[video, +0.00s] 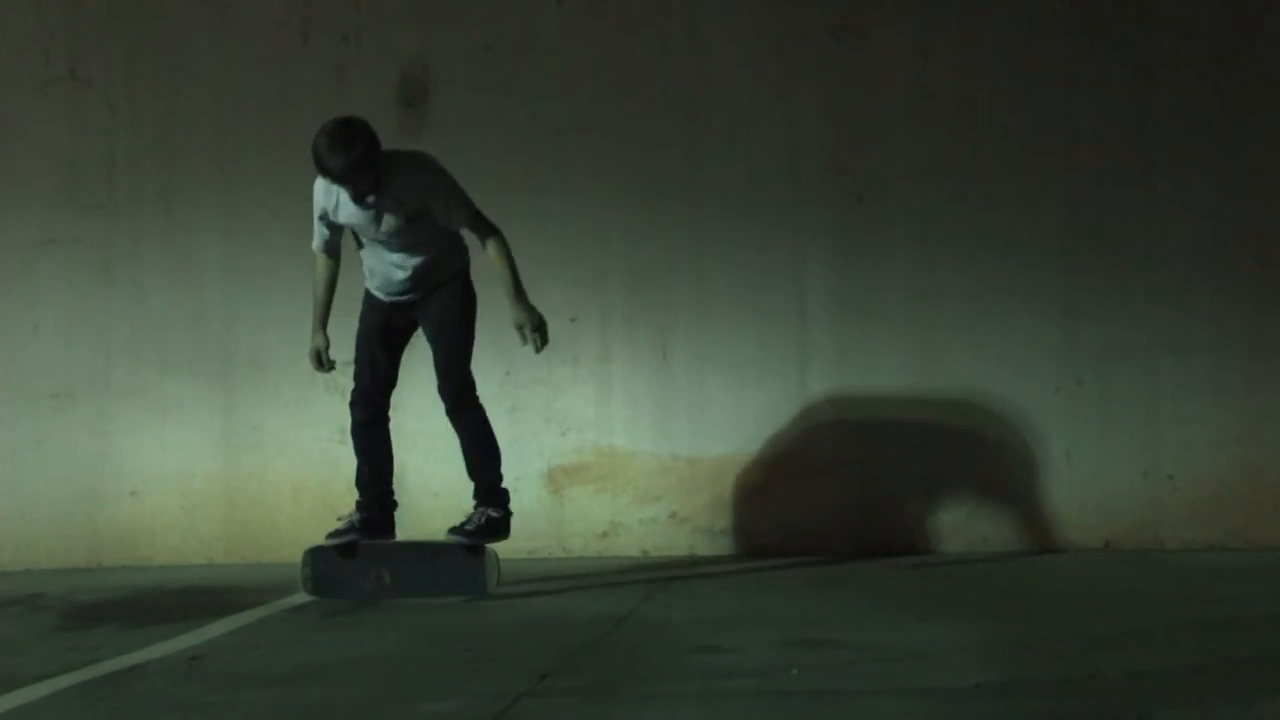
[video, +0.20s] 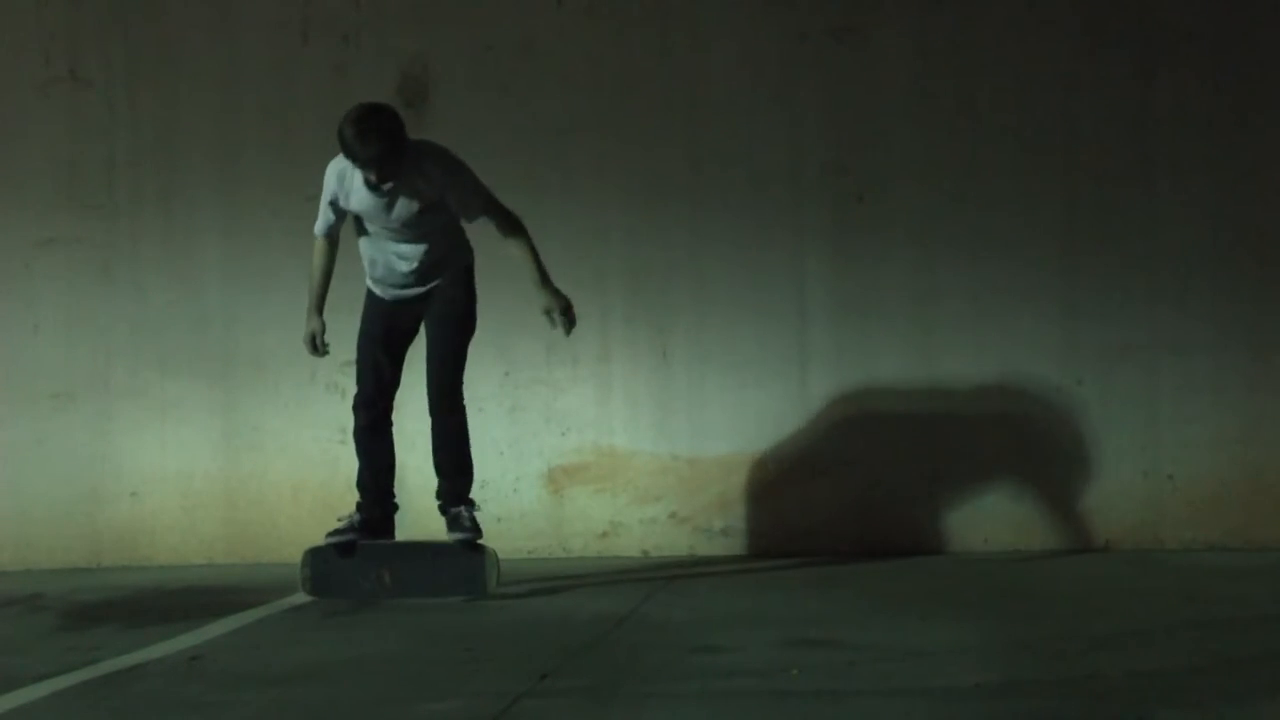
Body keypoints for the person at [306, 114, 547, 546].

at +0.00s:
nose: (360, 194)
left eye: (364, 183)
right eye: (348, 187)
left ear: (377, 163)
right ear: (333, 178)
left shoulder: (419, 175)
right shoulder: (327, 189)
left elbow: (487, 234)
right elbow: (326, 253)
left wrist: (520, 303)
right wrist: (318, 329)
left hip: (443, 289)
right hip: (383, 295)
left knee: (456, 394)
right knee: (366, 403)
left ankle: (492, 507)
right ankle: (374, 514)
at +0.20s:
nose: (378, 179)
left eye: (385, 168)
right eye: (368, 171)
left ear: (400, 151)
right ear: (352, 161)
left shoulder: (434, 167)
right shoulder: (339, 175)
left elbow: (502, 219)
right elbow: (325, 238)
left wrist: (546, 287)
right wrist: (314, 312)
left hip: (446, 285)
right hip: (386, 291)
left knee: (444, 396)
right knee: (369, 404)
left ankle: (457, 507)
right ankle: (374, 516)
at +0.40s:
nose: (424, 157)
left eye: (433, 146)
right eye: (415, 146)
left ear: (448, 134)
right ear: (397, 134)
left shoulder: (473, 154)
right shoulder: (372, 148)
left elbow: (546, 189)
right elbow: (339, 185)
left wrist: (619, 240)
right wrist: (319, 249)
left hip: (458, 281)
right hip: (395, 281)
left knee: (455, 395)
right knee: (370, 395)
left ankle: (464, 508)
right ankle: (370, 503)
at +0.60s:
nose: (475, 158)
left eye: (483, 148)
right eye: (465, 149)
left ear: (496, 133)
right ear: (446, 134)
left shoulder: (519, 160)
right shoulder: (418, 155)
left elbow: (585, 200)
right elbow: (386, 218)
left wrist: (652, 247)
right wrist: (375, 292)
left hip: (480, 302)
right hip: (417, 298)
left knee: (469, 412)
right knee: (373, 406)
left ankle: (459, 515)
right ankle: (341, 506)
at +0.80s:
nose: (464, 111)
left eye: (472, 101)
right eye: (454, 101)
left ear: (492, 84)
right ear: (440, 88)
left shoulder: (526, 97)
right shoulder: (425, 102)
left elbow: (605, 97)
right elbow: (372, 124)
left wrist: (695, 108)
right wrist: (320, 163)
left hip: (514, 228)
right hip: (454, 219)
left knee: (485, 340)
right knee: (404, 308)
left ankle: (490, 439)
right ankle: (381, 424)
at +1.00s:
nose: (470, 148)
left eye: (478, 137)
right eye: (461, 138)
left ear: (498, 122)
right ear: (448, 129)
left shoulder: (534, 137)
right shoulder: (435, 146)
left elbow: (606, 168)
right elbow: (367, 171)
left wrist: (671, 224)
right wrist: (300, 215)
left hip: (552, 261)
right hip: (491, 264)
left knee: (510, 343)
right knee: (457, 359)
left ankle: (525, 478)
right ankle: (480, 479)